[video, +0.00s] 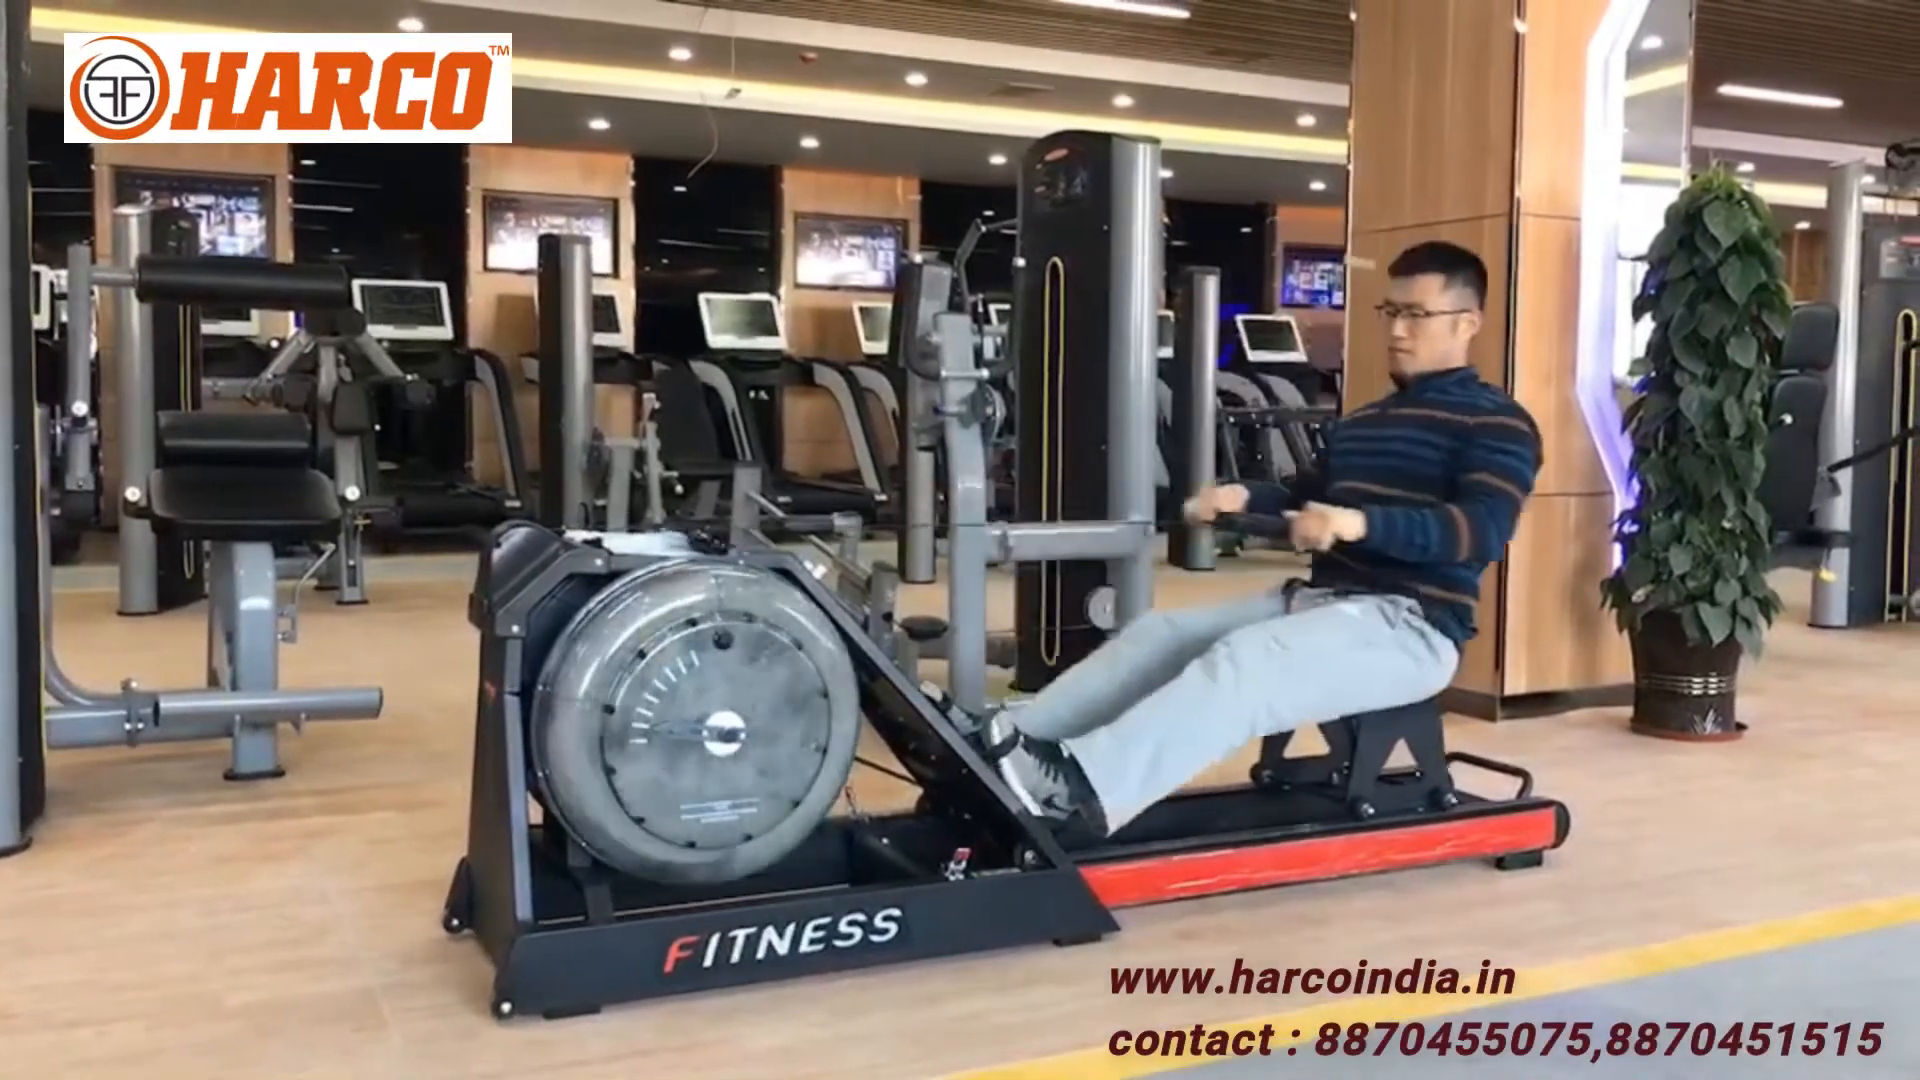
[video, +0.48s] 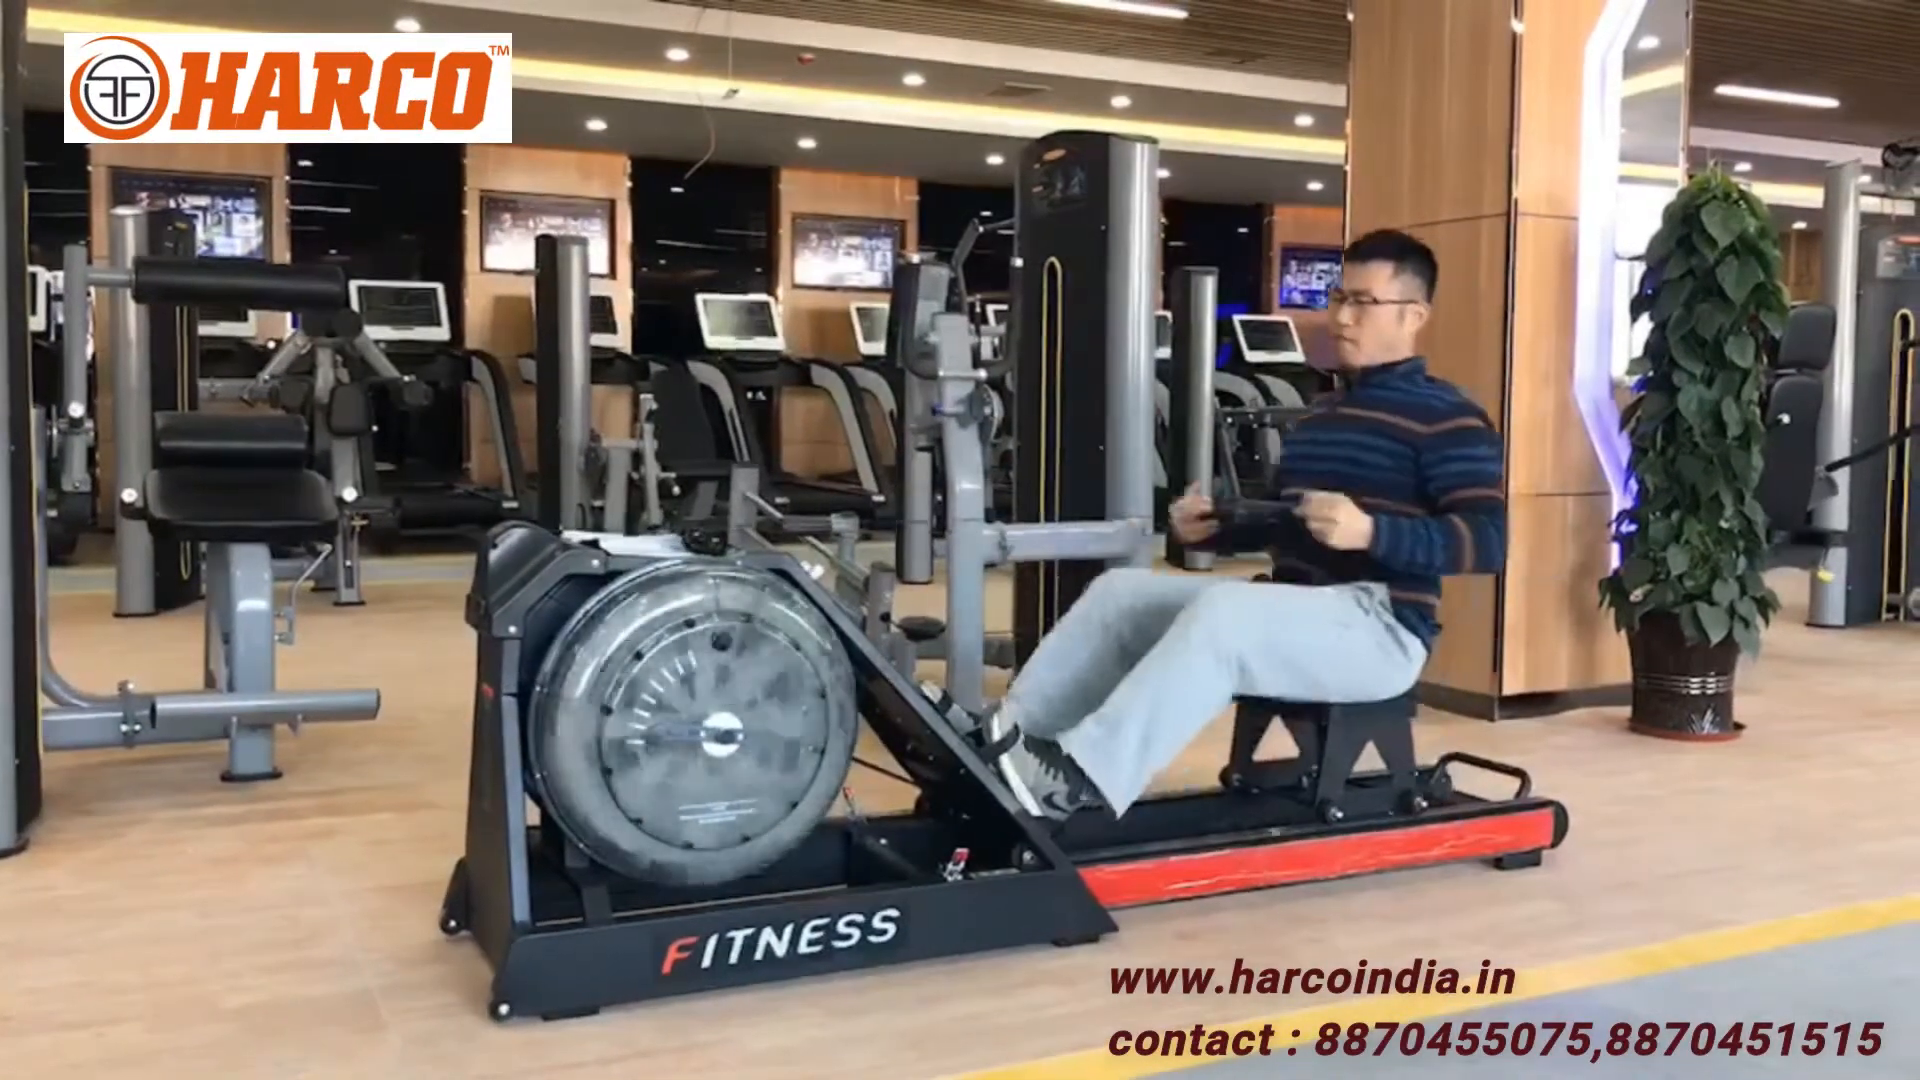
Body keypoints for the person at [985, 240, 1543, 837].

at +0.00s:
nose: (1397, 329)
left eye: (1418, 315)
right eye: (1392, 313)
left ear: (1469, 327)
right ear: (1382, 318)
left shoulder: (1500, 423)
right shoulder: (1365, 419)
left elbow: (1477, 534)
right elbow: (1318, 500)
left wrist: (1364, 525)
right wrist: (1244, 497)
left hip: (1408, 625)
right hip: (1321, 601)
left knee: (1240, 668)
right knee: (1163, 632)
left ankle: (1084, 790)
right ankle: (1005, 740)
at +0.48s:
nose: (1342, 316)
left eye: (1364, 302)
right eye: (1338, 300)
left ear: (1415, 318)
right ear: (1331, 305)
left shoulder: (1449, 416)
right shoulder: (1319, 414)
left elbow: (1485, 540)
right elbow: (1289, 521)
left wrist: (1373, 529)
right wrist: (1214, 528)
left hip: (1382, 627)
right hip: (1295, 605)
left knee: (1220, 618)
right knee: (1122, 592)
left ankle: (1084, 776)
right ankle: (1001, 737)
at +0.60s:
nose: (1288, 308)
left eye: (1309, 293)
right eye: (1286, 291)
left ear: (1363, 309)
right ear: (1277, 294)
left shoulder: (1397, 414)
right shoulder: (1269, 414)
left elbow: (1401, 537)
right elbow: (1234, 521)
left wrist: (1282, 522)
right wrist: (1149, 526)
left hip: (1349, 630)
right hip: (1255, 609)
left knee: (1200, 592)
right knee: (1094, 570)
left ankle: (1073, 771)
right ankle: (1002, 735)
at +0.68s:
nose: (1259, 304)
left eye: (1282, 290)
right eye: (1258, 287)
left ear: (1338, 307)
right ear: (1250, 294)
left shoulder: (1371, 411)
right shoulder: (1243, 412)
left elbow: (1350, 532)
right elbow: (1204, 521)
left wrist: (1229, 518)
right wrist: (1109, 525)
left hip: (1332, 630)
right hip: (1231, 609)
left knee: (1186, 586)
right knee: (1070, 567)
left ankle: (1064, 769)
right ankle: (988, 741)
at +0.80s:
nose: (1218, 301)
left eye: (1238, 286)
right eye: (1215, 284)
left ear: (1291, 303)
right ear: (1208, 292)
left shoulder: (1315, 400)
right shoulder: (1196, 400)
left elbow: (1254, 513)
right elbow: (1137, 501)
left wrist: (1128, 501)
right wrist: (1033, 502)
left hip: (1292, 634)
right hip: (1194, 609)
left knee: (1159, 569)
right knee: (1032, 560)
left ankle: (1049, 767)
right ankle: (973, 736)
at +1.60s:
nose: (1306, 316)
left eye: (1327, 302)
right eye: (1300, 299)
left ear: (1376, 313)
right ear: (1288, 303)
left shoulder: (1387, 412)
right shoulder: (1270, 411)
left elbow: (1321, 517)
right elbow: (1210, 518)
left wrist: (1216, 479)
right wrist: (1123, 473)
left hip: (1351, 624)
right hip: (1265, 604)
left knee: (1196, 614)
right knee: (1093, 590)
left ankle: (1058, 781)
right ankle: (975, 743)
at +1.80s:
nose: (1365, 331)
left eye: (1386, 316)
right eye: (1357, 312)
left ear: (1434, 326)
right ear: (1344, 315)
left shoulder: (1448, 421)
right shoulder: (1339, 412)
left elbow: (1405, 538)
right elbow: (1278, 528)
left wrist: (1319, 474)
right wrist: (1210, 470)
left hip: (1388, 630)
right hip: (1303, 608)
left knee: (1223, 653)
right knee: (1134, 626)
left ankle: (1069, 789)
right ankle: (985, 748)